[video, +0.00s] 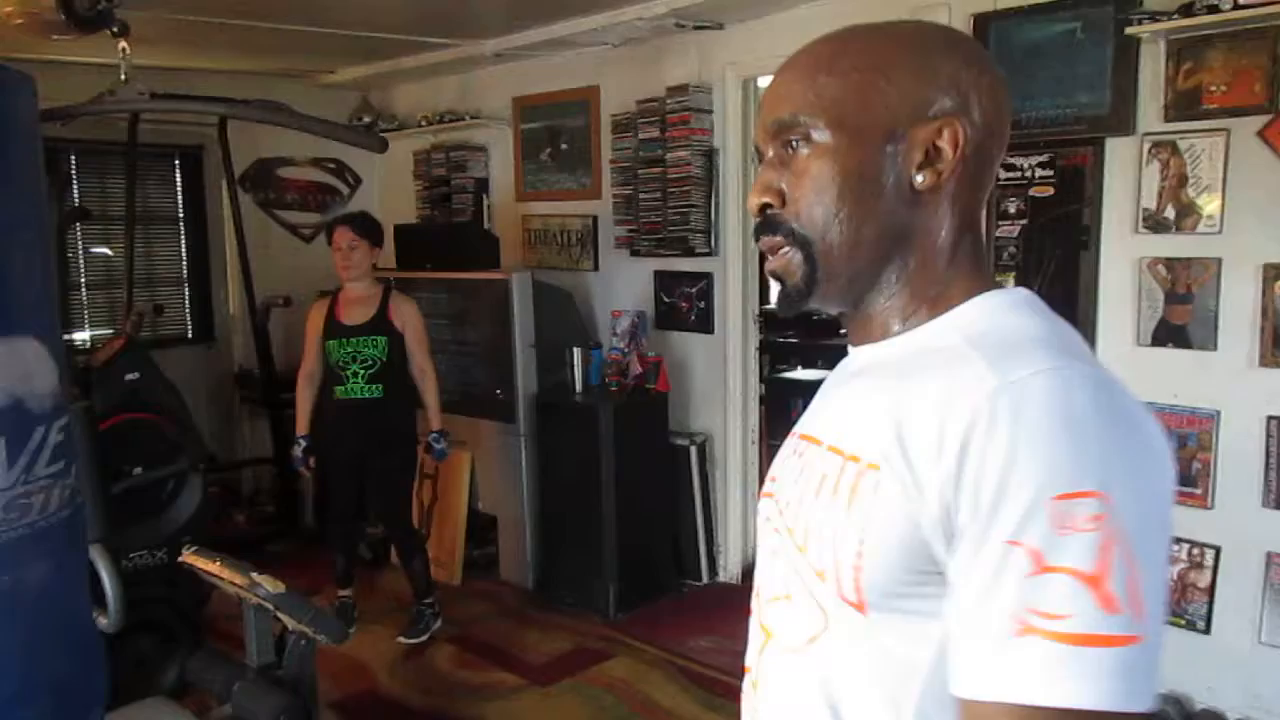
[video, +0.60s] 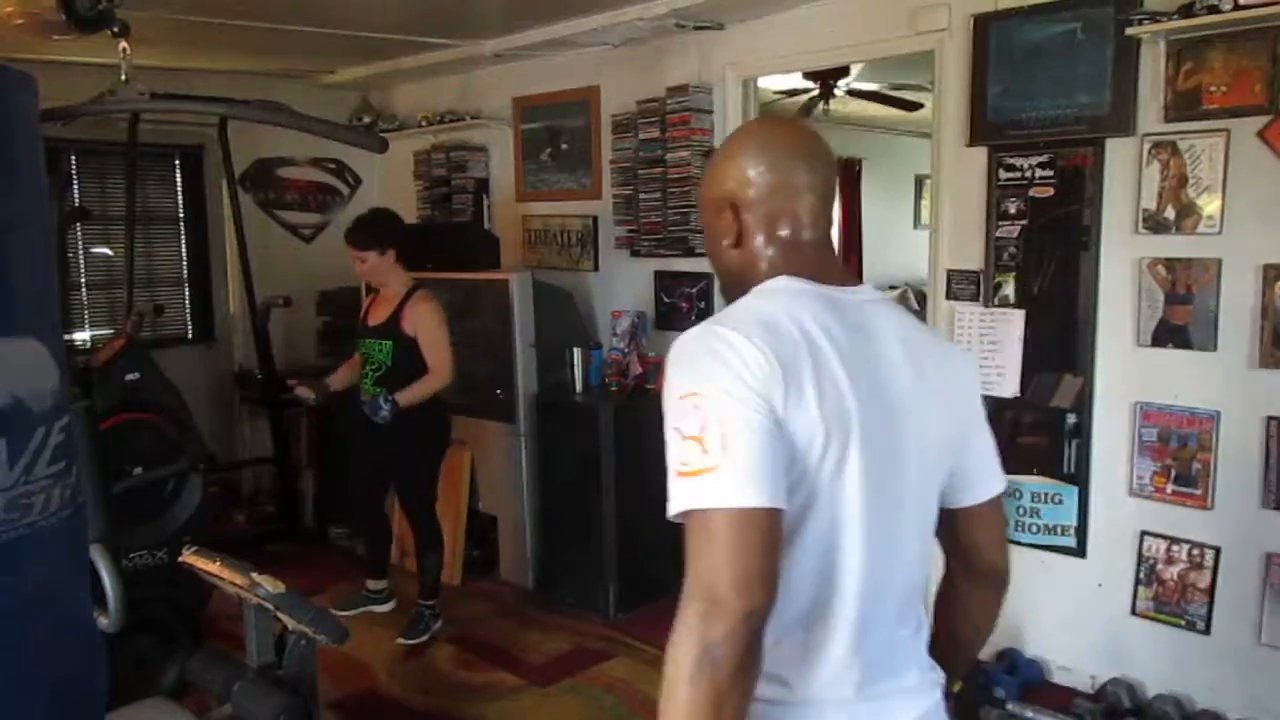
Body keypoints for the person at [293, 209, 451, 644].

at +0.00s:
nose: (344, 256)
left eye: (354, 247)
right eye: (337, 248)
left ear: (375, 252)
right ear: (331, 255)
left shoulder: (400, 307)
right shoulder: (321, 311)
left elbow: (423, 369)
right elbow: (309, 374)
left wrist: (436, 427)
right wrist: (301, 434)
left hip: (390, 434)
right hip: (338, 435)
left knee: (397, 521)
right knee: (340, 521)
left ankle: (426, 606)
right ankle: (344, 602)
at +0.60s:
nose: (356, 269)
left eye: (361, 260)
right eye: (353, 260)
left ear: (390, 255)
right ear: (372, 257)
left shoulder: (422, 306)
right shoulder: (372, 300)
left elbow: (442, 373)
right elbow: (364, 360)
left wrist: (394, 400)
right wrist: (323, 388)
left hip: (417, 424)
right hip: (375, 422)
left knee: (419, 509)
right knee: (369, 502)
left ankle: (428, 606)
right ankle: (377, 588)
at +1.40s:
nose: (353, 258)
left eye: (363, 249)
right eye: (351, 249)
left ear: (389, 252)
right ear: (352, 252)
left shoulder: (410, 307)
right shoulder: (364, 301)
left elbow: (419, 375)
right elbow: (345, 363)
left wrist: (363, 405)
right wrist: (317, 410)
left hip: (411, 423)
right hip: (376, 420)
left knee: (413, 509)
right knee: (381, 507)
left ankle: (427, 604)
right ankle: (380, 591)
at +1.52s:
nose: (352, 260)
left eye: (359, 252)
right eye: (350, 252)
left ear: (386, 253)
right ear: (358, 255)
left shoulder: (413, 305)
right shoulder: (364, 301)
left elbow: (392, 368)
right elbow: (337, 347)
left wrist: (336, 356)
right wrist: (305, 348)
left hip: (408, 425)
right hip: (370, 423)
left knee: (413, 511)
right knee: (381, 508)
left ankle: (427, 605)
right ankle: (381, 590)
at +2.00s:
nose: (339, 260)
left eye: (345, 251)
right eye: (338, 252)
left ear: (371, 252)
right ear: (361, 254)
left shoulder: (402, 306)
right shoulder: (364, 302)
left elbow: (408, 377)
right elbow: (351, 361)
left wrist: (348, 406)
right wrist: (311, 389)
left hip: (408, 421)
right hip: (375, 418)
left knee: (412, 510)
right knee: (381, 505)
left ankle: (427, 606)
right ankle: (381, 590)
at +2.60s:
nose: (314, 263)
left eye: (314, 256)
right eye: (314, 255)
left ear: (323, 259)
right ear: (354, 254)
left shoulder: (341, 311)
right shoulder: (370, 299)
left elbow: (356, 373)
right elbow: (378, 365)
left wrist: (329, 433)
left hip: (361, 421)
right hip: (382, 414)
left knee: (358, 504)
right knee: (370, 500)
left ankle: (383, 591)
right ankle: (379, 584)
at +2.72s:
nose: (308, 262)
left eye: (309, 255)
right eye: (308, 255)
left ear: (319, 258)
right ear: (349, 254)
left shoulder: (332, 310)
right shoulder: (366, 299)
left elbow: (343, 372)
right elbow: (374, 364)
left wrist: (309, 427)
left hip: (350, 418)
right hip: (378, 413)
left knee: (323, 494)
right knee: (366, 497)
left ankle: (343, 585)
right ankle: (381, 586)